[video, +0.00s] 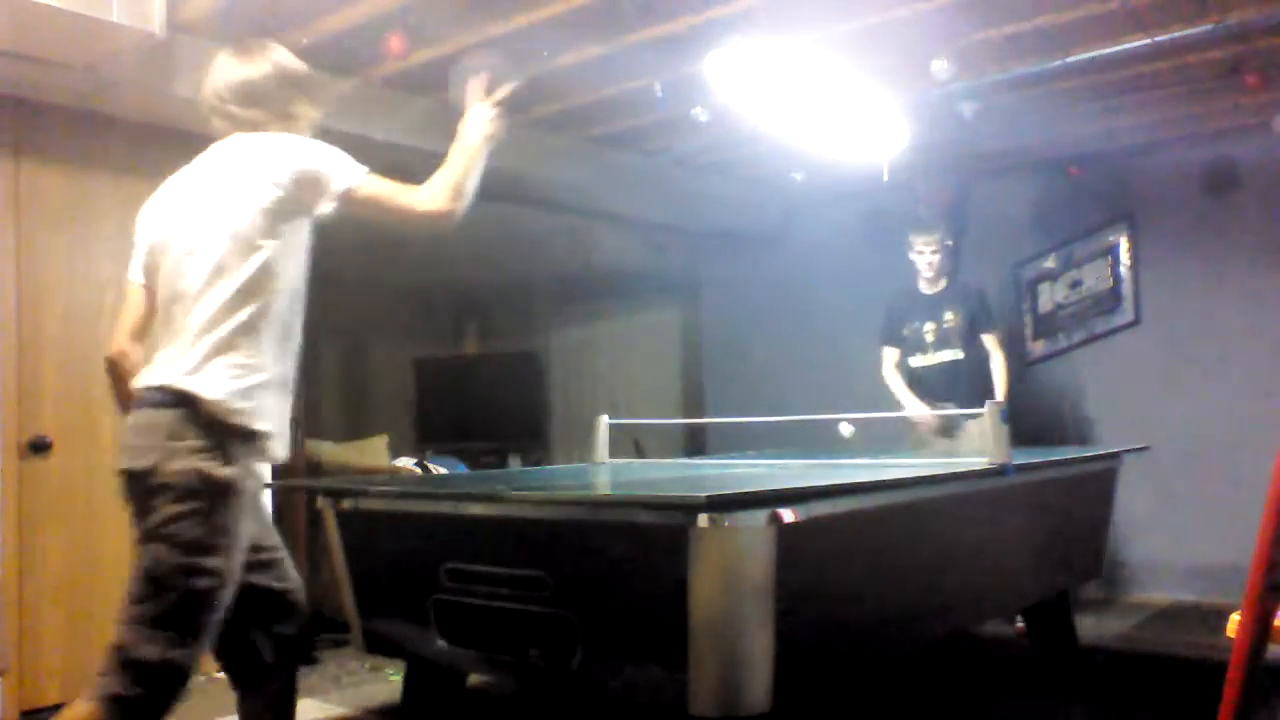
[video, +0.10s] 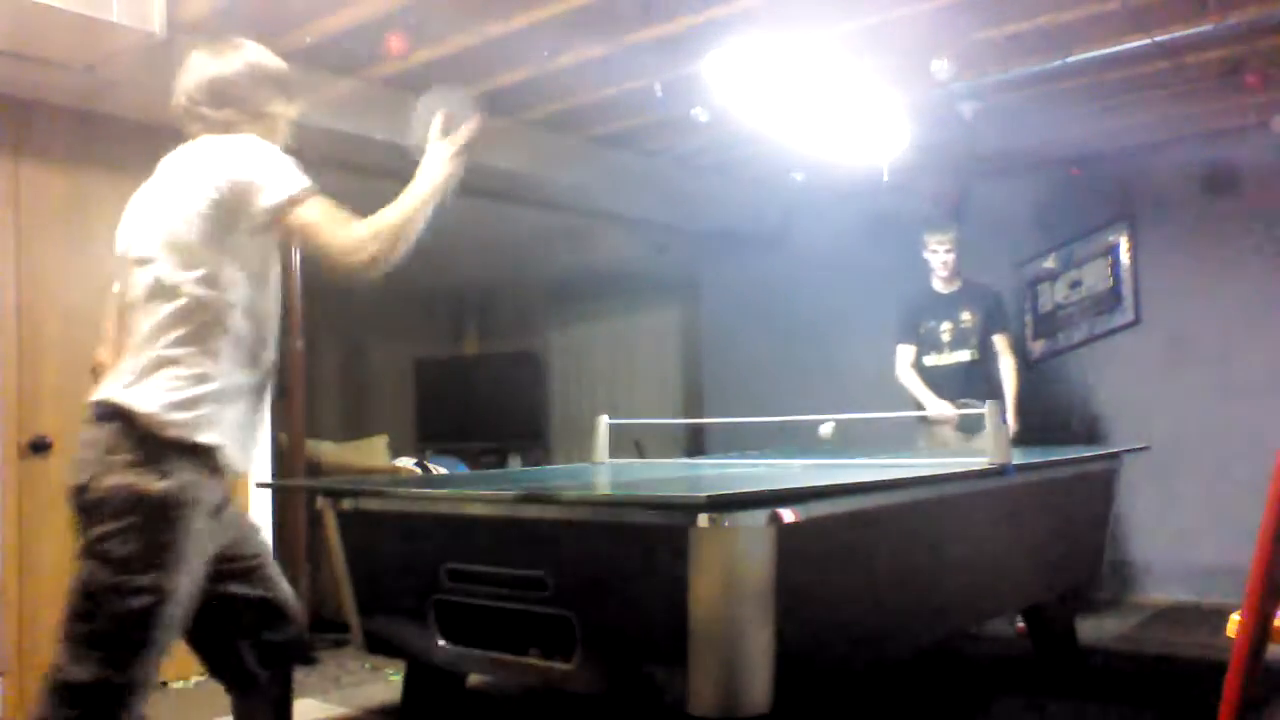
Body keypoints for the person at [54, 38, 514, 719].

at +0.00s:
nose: (313, 117)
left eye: (310, 102)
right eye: (305, 103)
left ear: (223, 108)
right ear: (286, 102)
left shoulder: (167, 195)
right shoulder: (289, 157)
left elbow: (122, 349)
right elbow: (438, 203)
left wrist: (156, 442)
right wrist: (477, 127)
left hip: (157, 437)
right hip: (206, 444)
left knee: (272, 629)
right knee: (144, 676)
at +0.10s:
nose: (288, 122)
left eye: (287, 108)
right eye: (280, 107)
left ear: (204, 108)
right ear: (249, 105)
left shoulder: (153, 191)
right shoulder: (244, 160)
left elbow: (115, 352)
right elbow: (361, 249)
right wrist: (441, 166)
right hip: (156, 465)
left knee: (267, 642)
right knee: (97, 691)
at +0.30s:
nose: (260, 138)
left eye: (262, 121)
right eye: (253, 118)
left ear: (197, 112)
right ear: (207, 111)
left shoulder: (190, 200)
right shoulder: (146, 175)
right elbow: (111, 328)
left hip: (139, 472)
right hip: (82, 467)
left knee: (240, 666)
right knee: (49, 696)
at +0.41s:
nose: (264, 133)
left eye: (266, 116)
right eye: (257, 112)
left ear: (196, 107)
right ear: (209, 106)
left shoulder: (184, 193)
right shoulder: (145, 174)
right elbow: (57, 333)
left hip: (145, 482)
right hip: (79, 481)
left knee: (241, 667)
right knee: (56, 703)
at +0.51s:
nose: (289, 129)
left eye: (288, 112)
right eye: (278, 110)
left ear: (235, 118)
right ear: (232, 113)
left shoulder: (205, 209)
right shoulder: (151, 179)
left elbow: (153, 367)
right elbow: (10, 239)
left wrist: (226, 446)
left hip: (162, 481)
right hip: (91, 484)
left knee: (271, 655)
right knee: (61, 706)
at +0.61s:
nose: (321, 152)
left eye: (320, 136)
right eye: (310, 134)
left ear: (270, 142)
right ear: (265, 135)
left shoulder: (246, 232)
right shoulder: (168, 188)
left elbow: (190, 376)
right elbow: (15, 217)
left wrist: (280, 413)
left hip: (187, 481)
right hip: (111, 485)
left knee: (294, 638)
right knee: (75, 703)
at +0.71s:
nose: (373, 189)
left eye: (373, 173)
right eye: (368, 169)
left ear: (321, 164)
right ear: (325, 160)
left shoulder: (292, 261)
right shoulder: (215, 196)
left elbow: (274, 374)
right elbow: (51, 230)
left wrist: (370, 427)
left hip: (213, 494)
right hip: (146, 490)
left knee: (314, 647)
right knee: (89, 702)